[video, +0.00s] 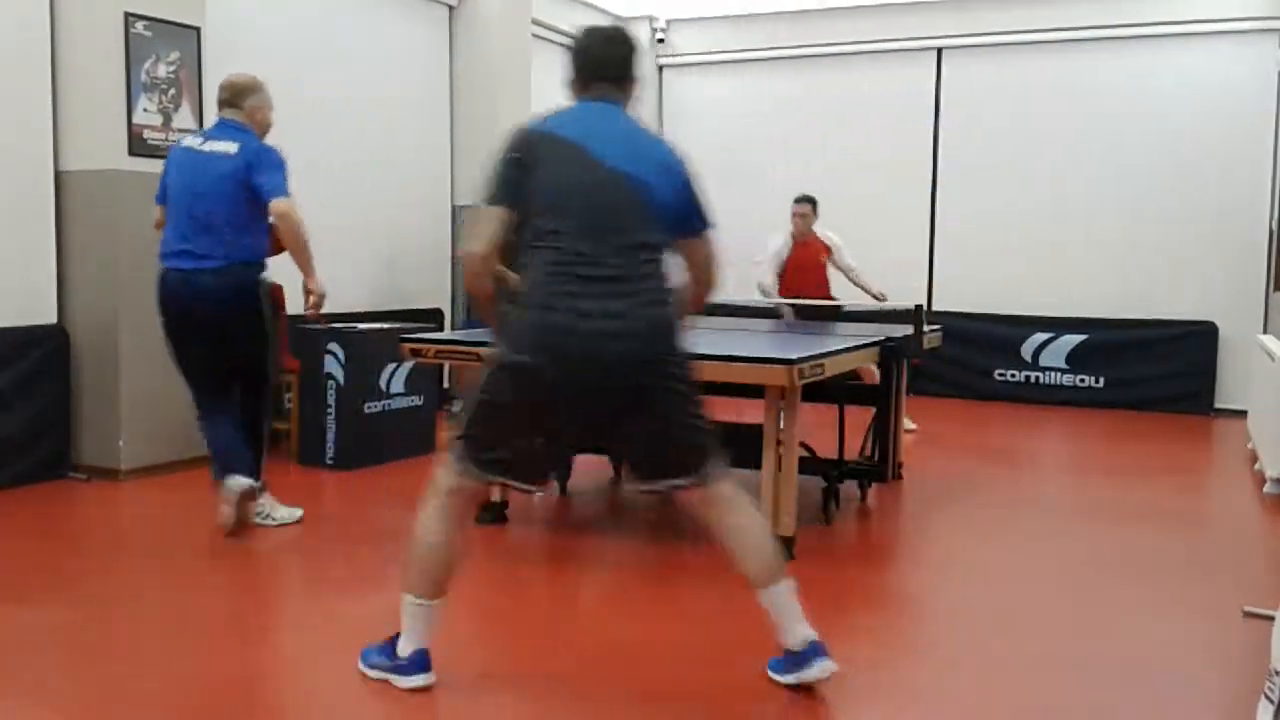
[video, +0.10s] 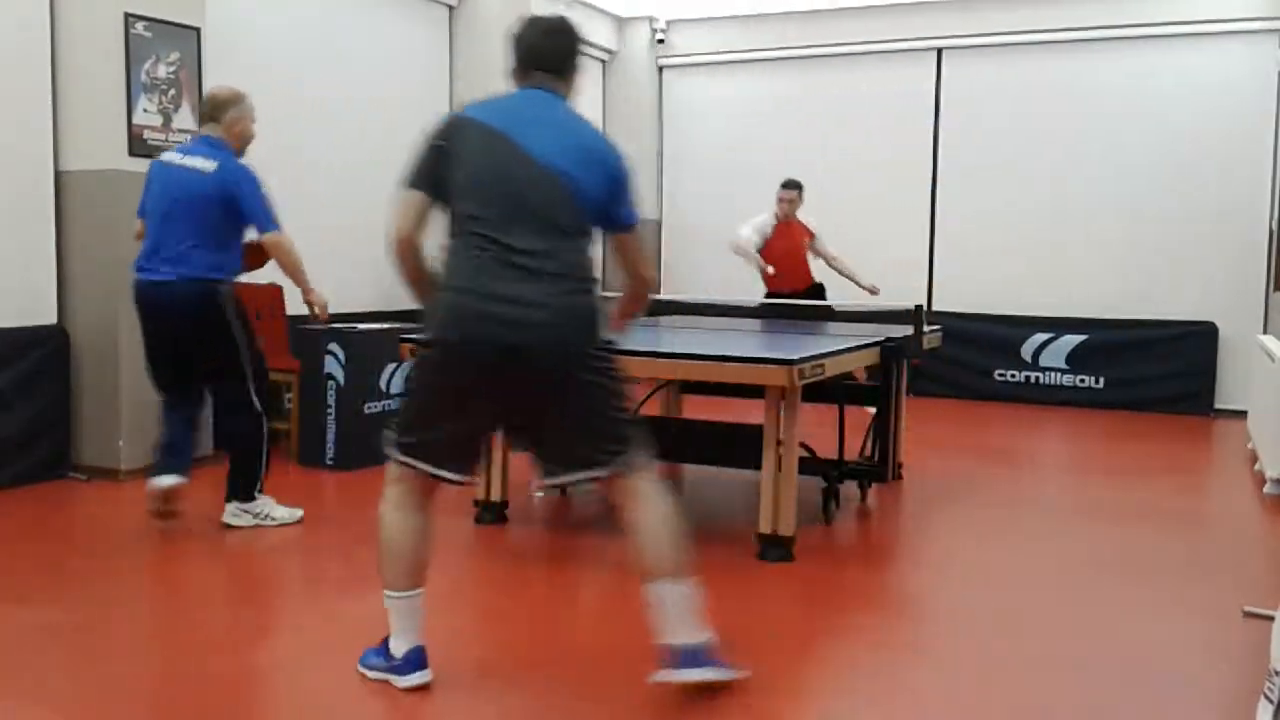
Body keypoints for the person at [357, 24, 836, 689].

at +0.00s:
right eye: (625, 77)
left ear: (571, 78)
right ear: (631, 82)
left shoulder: (534, 142)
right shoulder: (658, 155)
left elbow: (478, 262)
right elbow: (704, 277)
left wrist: (513, 325)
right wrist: (659, 322)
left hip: (543, 359)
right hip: (642, 360)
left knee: (453, 484)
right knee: (716, 488)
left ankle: (410, 649)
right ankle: (801, 640)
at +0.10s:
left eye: (525, 60)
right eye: (566, 67)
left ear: (514, 66)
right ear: (575, 73)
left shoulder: (463, 127)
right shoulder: (596, 149)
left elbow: (402, 239)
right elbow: (640, 275)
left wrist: (439, 302)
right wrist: (626, 309)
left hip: (466, 339)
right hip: (562, 345)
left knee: (407, 479)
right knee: (635, 473)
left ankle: (404, 650)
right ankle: (686, 642)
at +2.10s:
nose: (244, 17)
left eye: (240, 11)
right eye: (244, 10)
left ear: (169, 7)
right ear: (236, 9)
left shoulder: (132, 76)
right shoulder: (220, 81)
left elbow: (105, 212)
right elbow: (234, 214)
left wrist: (162, 265)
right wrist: (282, 317)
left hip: (141, 309)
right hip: (207, 309)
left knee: (178, 480)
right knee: (268, 470)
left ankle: (160, 650)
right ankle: (153, 642)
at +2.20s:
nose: (262, 20)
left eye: (257, 14)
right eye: (262, 13)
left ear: (190, 9)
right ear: (255, 12)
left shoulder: (151, 75)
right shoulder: (242, 83)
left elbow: (123, 205)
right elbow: (252, 212)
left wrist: (180, 259)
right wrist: (305, 312)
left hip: (154, 306)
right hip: (230, 306)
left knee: (177, 474)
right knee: (301, 459)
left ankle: (159, 654)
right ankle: (248, 652)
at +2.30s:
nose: (295, 26)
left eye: (291, 17)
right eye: (294, 17)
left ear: (225, 16)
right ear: (283, 17)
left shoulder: (180, 85)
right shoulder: (279, 88)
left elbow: (147, 207)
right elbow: (291, 213)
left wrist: (217, 240)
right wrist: (342, 316)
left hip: (184, 316)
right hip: (266, 317)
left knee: (185, 479)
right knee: (330, 466)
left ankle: (160, 654)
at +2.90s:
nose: (478, 37)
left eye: (472, 27)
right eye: (476, 27)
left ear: (413, 30)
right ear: (468, 29)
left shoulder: (367, 102)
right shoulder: (480, 104)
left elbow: (339, 222)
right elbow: (518, 219)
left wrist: (360, 302)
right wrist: (554, 310)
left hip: (377, 304)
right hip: (448, 309)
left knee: (416, 442)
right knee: (455, 464)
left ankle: (384, 585)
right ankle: (427, 630)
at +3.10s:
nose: (520, 49)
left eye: (516, 38)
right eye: (519, 39)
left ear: (455, 42)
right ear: (509, 42)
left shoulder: (417, 111)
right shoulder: (518, 109)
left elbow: (394, 230)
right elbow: (559, 223)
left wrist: (412, 313)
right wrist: (591, 293)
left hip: (433, 307)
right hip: (493, 309)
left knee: (494, 455)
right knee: (478, 467)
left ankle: (521, 592)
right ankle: (427, 630)